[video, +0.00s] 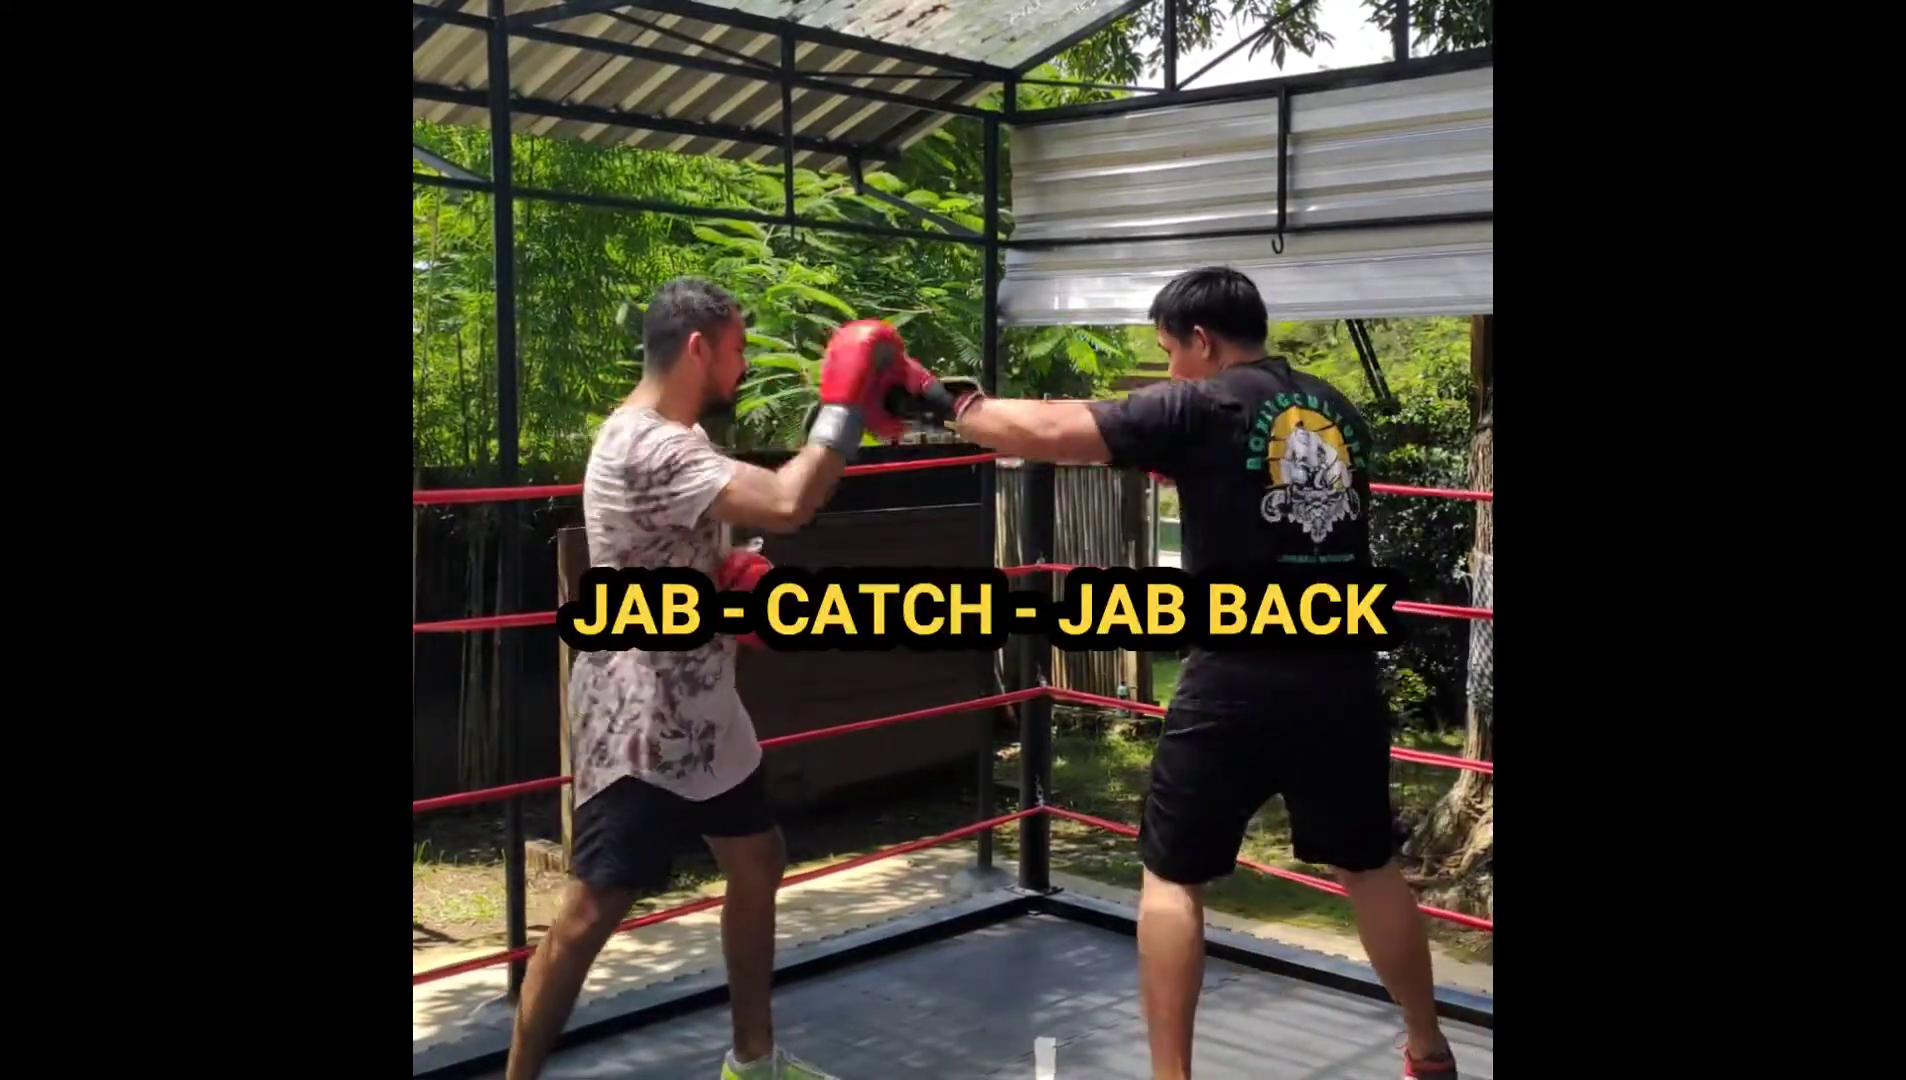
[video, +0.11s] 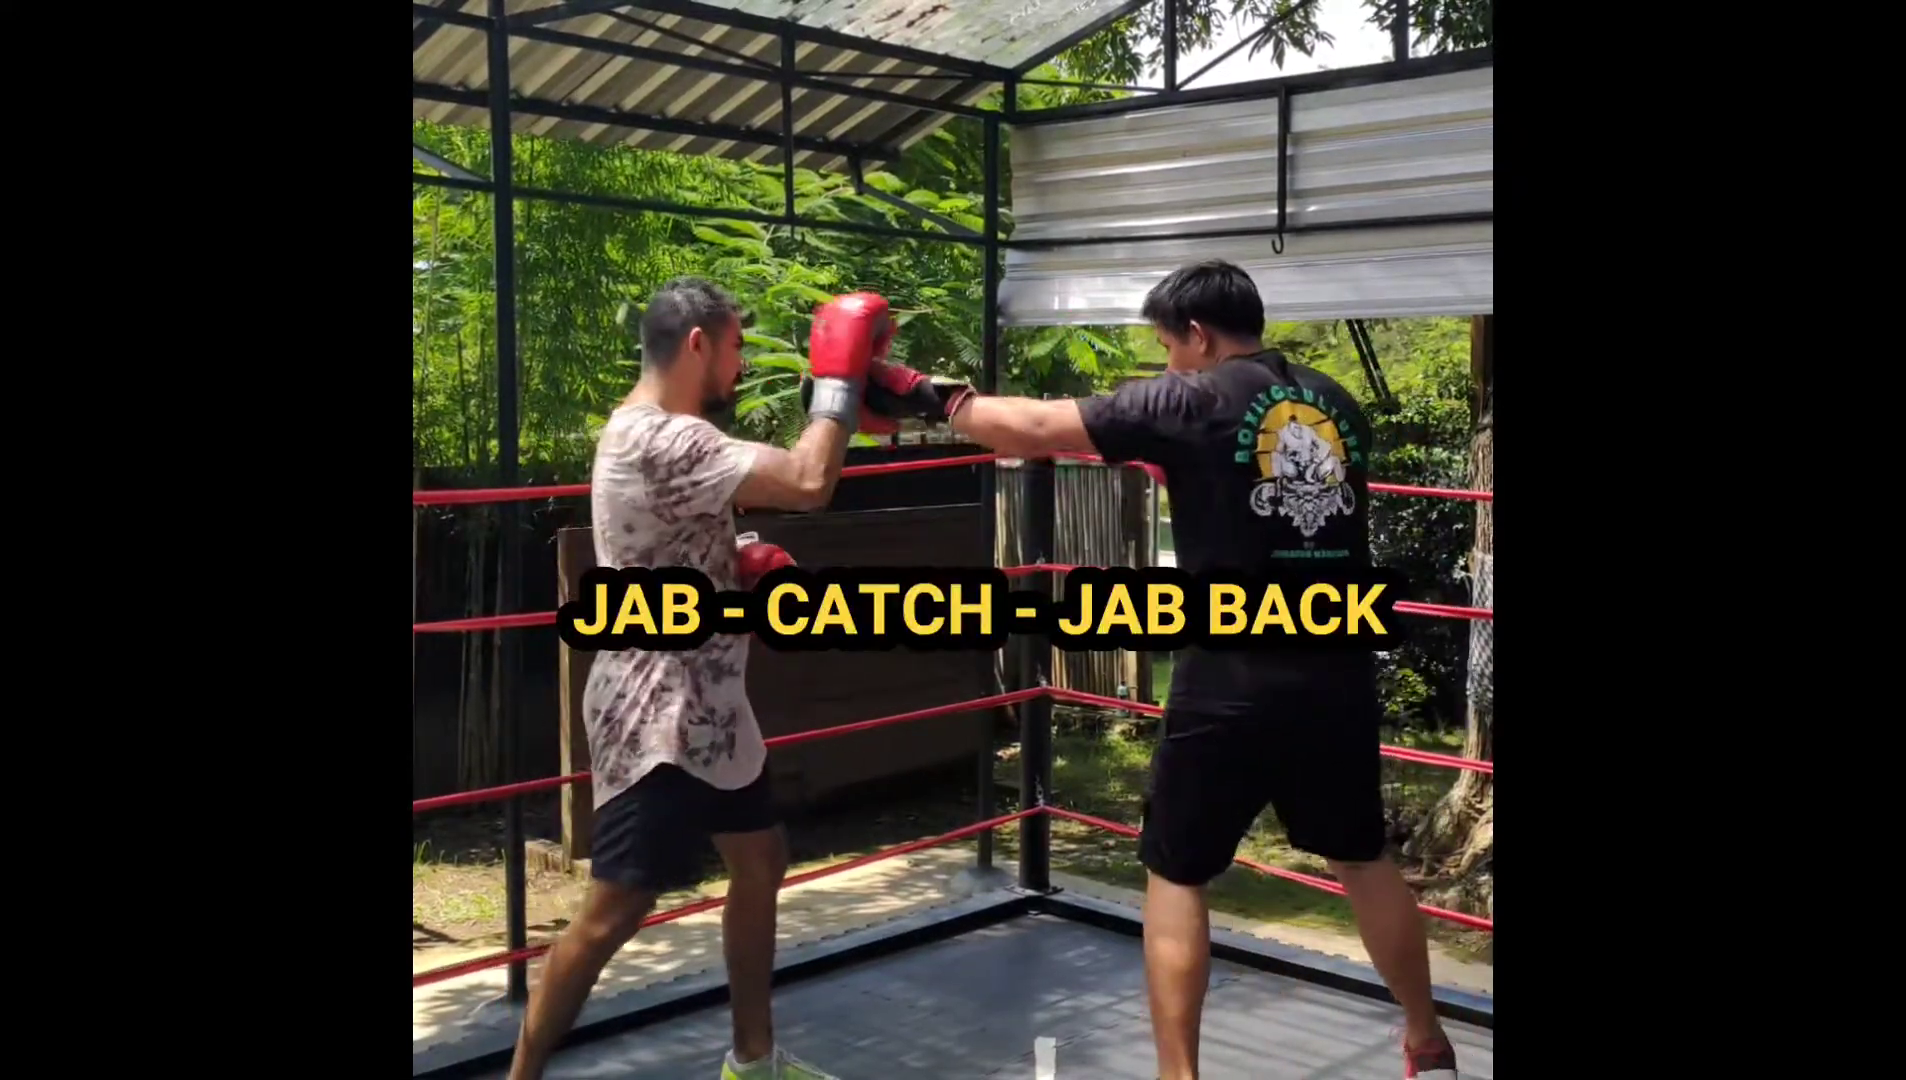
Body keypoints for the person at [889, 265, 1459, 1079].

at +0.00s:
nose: (1165, 369)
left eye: (1167, 353)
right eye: (1162, 356)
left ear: (1202, 342)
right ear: (1255, 337)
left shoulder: (1206, 407)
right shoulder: (1332, 406)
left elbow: (1051, 435)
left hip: (1233, 684)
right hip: (1343, 682)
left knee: (1171, 875)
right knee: (1374, 867)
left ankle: (1170, 1071)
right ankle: (1428, 1049)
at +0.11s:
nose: (1165, 363)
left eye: (1165, 347)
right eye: (1161, 349)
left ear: (1199, 335)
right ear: (1255, 329)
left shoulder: (1191, 402)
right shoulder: (1336, 402)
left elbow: (1036, 429)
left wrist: (935, 399)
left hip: (1228, 689)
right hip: (1336, 685)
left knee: (1176, 874)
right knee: (1367, 860)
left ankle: (1178, 1071)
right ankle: (1425, 1036)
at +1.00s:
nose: (1232, 385)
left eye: (1234, 367)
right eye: (1226, 372)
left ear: (1277, 352)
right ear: (1299, 349)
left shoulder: (1309, 427)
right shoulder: (1359, 403)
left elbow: (1235, 543)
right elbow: (1264, 526)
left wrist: (1196, 439)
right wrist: (1217, 436)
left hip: (1327, 677)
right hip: (1396, 673)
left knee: (1243, 874)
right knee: (1378, 864)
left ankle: (1239, 1070)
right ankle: (1430, 1058)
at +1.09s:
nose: (1225, 388)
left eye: (1227, 370)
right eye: (1221, 374)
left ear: (1262, 353)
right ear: (1293, 348)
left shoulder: (1291, 429)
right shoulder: (1359, 407)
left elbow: (1199, 532)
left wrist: (1176, 434)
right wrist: (1219, 434)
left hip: (1319, 675)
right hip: (1402, 673)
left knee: (1242, 872)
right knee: (1378, 860)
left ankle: (1236, 1071)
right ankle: (1429, 1057)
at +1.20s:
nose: (1210, 384)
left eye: (1210, 367)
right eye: (1205, 370)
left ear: (1251, 354)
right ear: (1289, 347)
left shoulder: (1274, 421)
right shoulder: (1348, 398)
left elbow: (1156, 494)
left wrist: (1107, 401)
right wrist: (1209, 434)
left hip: (1326, 673)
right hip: (1409, 672)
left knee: (1259, 880)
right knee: (1383, 862)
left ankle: (1241, 1071)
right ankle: (1433, 1053)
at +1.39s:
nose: (1242, 392)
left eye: (1243, 376)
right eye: (1235, 379)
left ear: (1284, 357)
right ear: (1311, 355)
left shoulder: (1319, 417)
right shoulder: (1378, 404)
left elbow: (1214, 509)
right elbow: (1323, 504)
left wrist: (1144, 425)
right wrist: (1248, 441)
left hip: (1335, 682)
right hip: (1416, 681)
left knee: (1244, 871)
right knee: (1386, 867)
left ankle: (1235, 1072)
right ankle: (1435, 1059)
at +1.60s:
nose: (1235, 389)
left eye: (1236, 372)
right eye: (1228, 376)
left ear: (1282, 355)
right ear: (1301, 353)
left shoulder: (1322, 427)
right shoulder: (1361, 408)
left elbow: (1261, 565)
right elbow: (1302, 524)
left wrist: (1206, 463)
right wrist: (1240, 449)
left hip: (1326, 687)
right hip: (1390, 683)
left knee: (1250, 880)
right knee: (1384, 868)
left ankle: (1217, 1071)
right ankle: (1434, 1058)